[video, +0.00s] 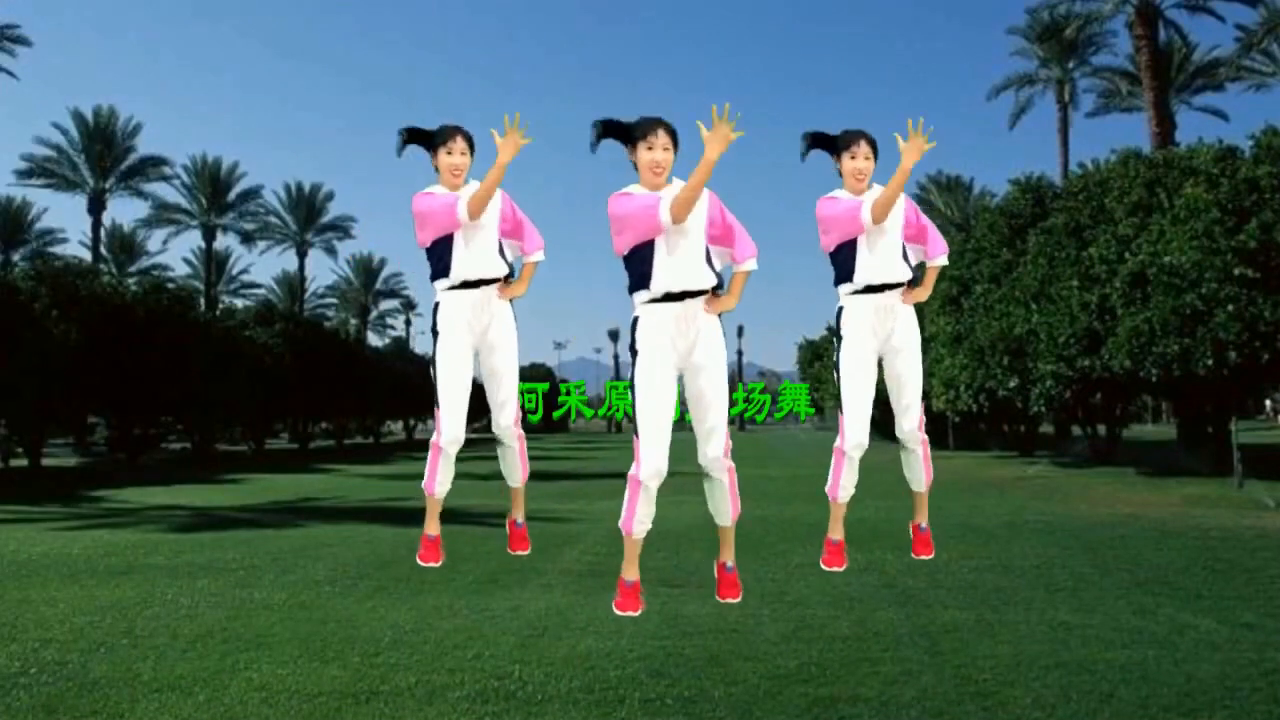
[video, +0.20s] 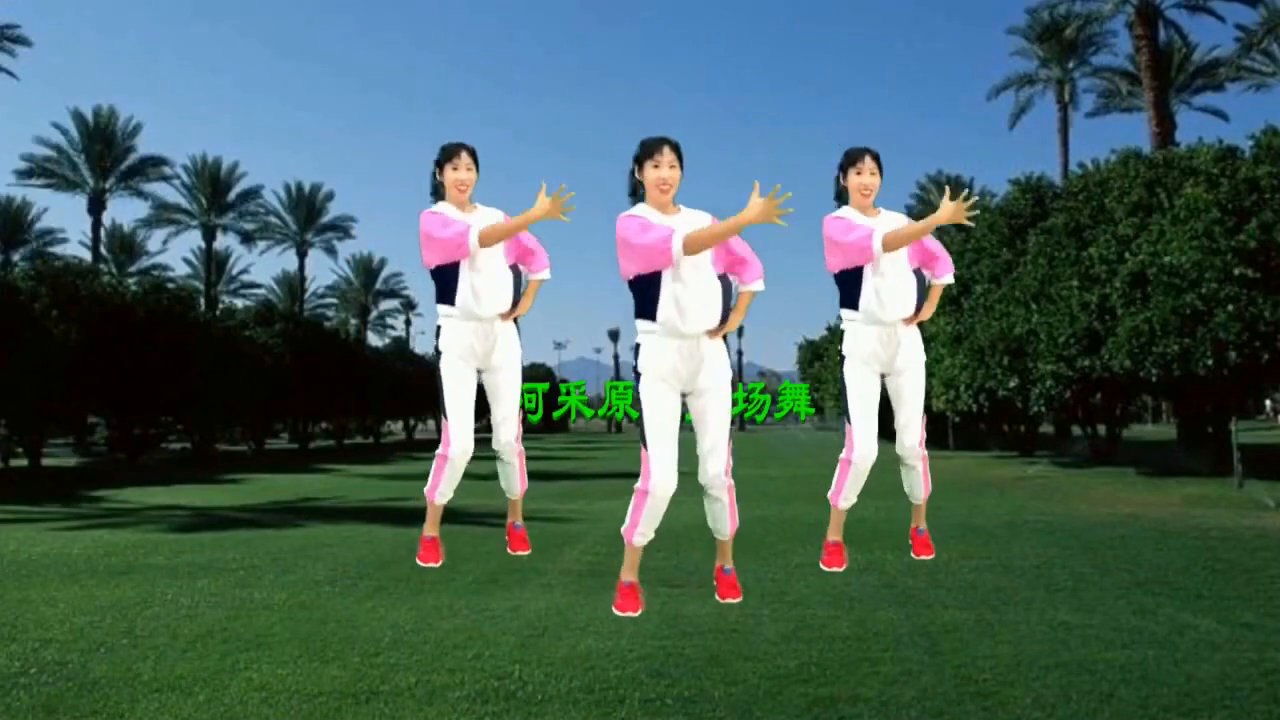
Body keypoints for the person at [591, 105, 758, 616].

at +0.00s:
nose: (658, 156)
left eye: (666, 149)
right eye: (649, 148)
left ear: (677, 157)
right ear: (632, 155)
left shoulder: (701, 199)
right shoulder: (622, 203)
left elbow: (743, 249)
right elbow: (676, 212)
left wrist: (731, 296)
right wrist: (710, 158)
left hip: (704, 320)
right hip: (655, 324)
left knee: (715, 451)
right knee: (652, 459)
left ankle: (726, 560)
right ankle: (630, 573)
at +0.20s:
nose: (665, 173)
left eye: (672, 166)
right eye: (655, 166)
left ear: (681, 174)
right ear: (639, 174)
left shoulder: (704, 221)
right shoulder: (630, 224)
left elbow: (752, 272)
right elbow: (683, 244)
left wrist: (730, 324)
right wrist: (745, 219)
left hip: (709, 353)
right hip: (658, 355)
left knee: (715, 471)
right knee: (660, 477)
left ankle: (725, 566)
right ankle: (629, 577)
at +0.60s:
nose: (654, 183)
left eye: (661, 175)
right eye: (644, 176)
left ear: (674, 183)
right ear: (633, 185)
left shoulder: (699, 239)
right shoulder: (620, 243)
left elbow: (728, 305)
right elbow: (581, 308)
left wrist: (705, 351)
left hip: (674, 364)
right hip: (625, 359)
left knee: (663, 489)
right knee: (624, 475)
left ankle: (627, 463)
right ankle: (621, 575)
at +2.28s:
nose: (667, 151)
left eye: (676, 144)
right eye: (662, 144)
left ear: (699, 150)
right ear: (657, 153)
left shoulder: (724, 198)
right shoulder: (637, 203)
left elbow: (786, 215)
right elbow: (586, 256)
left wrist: (753, 202)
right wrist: (618, 309)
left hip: (701, 327)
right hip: (650, 327)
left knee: (697, 457)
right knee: (649, 460)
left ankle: (693, 575)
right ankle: (643, 575)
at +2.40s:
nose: (673, 177)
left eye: (682, 170)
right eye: (668, 170)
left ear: (704, 177)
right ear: (662, 178)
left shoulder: (720, 231)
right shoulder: (638, 225)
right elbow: (592, 281)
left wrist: (737, 238)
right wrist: (613, 335)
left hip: (703, 352)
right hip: (652, 353)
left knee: (702, 473)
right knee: (672, 472)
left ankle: (691, 578)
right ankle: (654, 557)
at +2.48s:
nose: (674, 180)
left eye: (684, 173)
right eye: (670, 172)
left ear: (707, 181)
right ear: (664, 181)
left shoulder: (718, 240)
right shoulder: (640, 224)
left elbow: (712, 305)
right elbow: (592, 280)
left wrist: (723, 240)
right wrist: (612, 336)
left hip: (702, 352)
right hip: (651, 353)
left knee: (704, 474)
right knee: (675, 473)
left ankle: (691, 577)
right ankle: (658, 542)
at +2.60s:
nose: (668, 156)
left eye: (678, 148)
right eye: (665, 149)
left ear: (703, 158)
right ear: (661, 158)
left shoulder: (718, 213)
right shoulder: (636, 205)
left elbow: (707, 257)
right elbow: (588, 255)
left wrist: (701, 192)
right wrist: (605, 311)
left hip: (692, 336)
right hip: (641, 335)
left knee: (693, 461)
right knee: (646, 457)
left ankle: (693, 574)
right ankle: (636, 536)